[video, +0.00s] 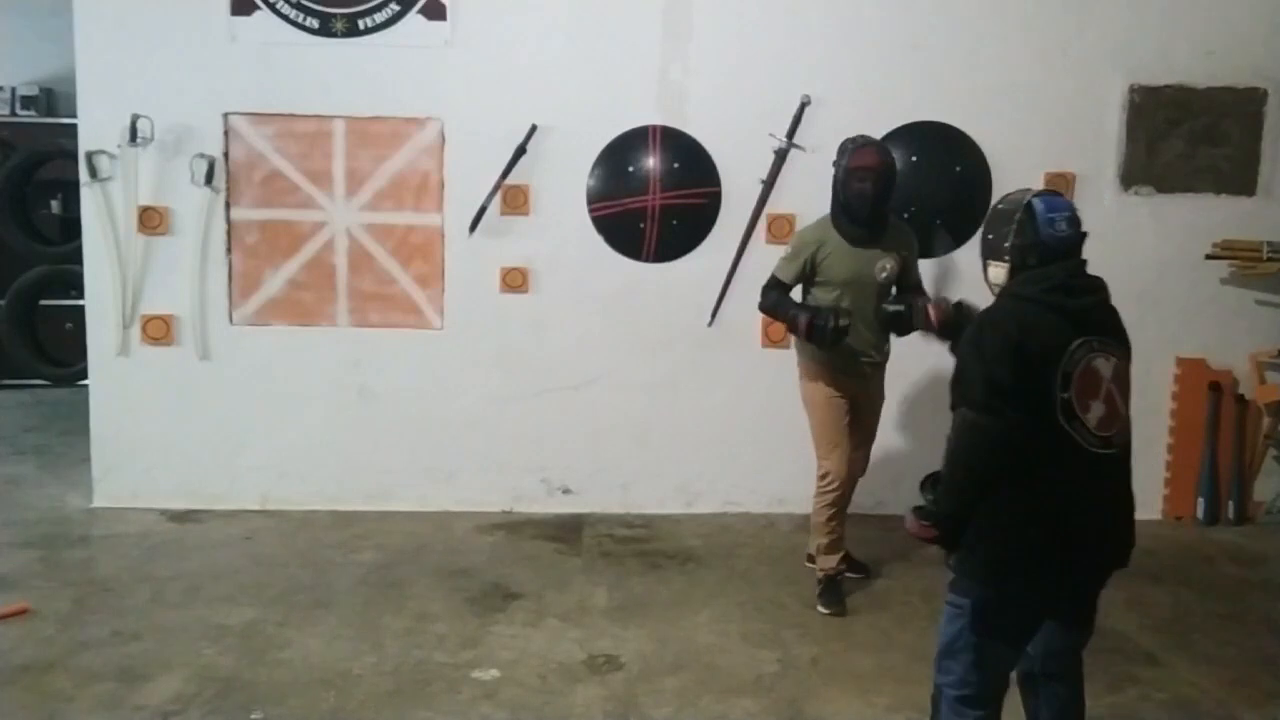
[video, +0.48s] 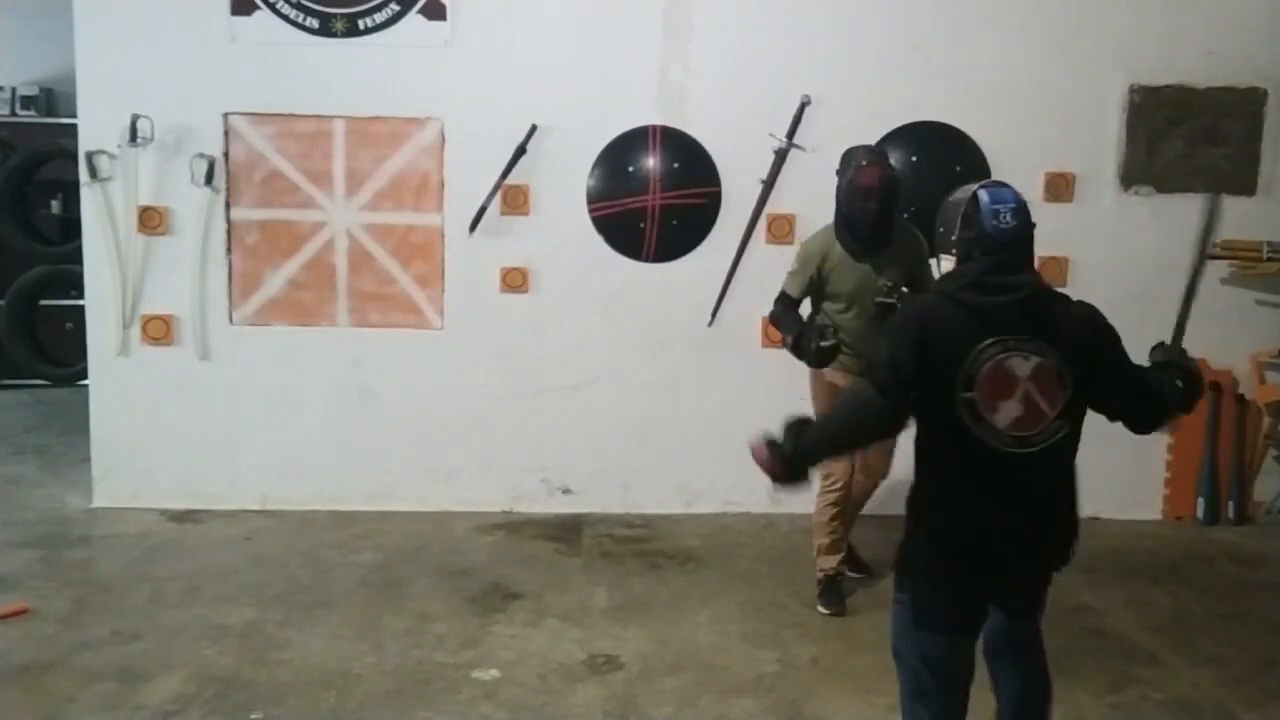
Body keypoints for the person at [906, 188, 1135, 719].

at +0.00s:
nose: (988, 258)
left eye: (994, 246)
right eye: (991, 246)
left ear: (1012, 251)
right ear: (1064, 247)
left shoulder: (1002, 326)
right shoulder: (1100, 315)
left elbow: (978, 437)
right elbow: (1037, 366)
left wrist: (942, 515)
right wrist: (954, 322)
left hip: (1008, 540)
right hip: (1090, 536)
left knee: (964, 686)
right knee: (1053, 675)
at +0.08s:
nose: (983, 256)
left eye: (988, 245)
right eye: (985, 244)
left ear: (1004, 251)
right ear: (1062, 246)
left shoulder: (989, 323)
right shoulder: (1099, 318)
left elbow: (962, 432)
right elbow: (1038, 344)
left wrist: (927, 511)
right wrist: (959, 312)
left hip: (997, 540)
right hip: (1082, 537)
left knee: (961, 689)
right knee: (1053, 682)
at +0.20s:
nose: (972, 255)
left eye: (978, 244)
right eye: (975, 243)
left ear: (994, 248)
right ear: (1048, 242)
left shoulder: (979, 320)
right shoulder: (1083, 311)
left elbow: (938, 422)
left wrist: (892, 491)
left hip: (992, 530)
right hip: (1075, 525)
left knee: (951, 680)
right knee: (1051, 676)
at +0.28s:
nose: (959, 248)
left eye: (964, 237)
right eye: (963, 236)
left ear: (976, 244)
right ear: (1039, 239)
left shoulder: (959, 321)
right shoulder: (1073, 308)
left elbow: (919, 424)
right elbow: (1124, 359)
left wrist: (860, 492)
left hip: (977, 530)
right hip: (1062, 528)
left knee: (946, 683)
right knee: (1046, 677)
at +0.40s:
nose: (948, 240)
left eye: (954, 231)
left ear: (963, 241)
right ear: (1029, 238)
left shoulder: (943, 316)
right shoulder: (1076, 317)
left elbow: (900, 406)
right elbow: (1130, 393)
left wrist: (821, 469)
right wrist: (1161, 368)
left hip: (957, 533)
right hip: (1047, 531)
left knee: (937, 673)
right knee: (1034, 665)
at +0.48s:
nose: (939, 245)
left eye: (946, 234)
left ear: (958, 241)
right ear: (1025, 240)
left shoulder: (929, 318)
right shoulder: (1074, 320)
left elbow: (878, 407)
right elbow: (1139, 407)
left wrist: (796, 449)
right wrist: (1177, 381)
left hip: (945, 535)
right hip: (1036, 533)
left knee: (930, 672)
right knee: (1017, 646)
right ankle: (1026, 715)